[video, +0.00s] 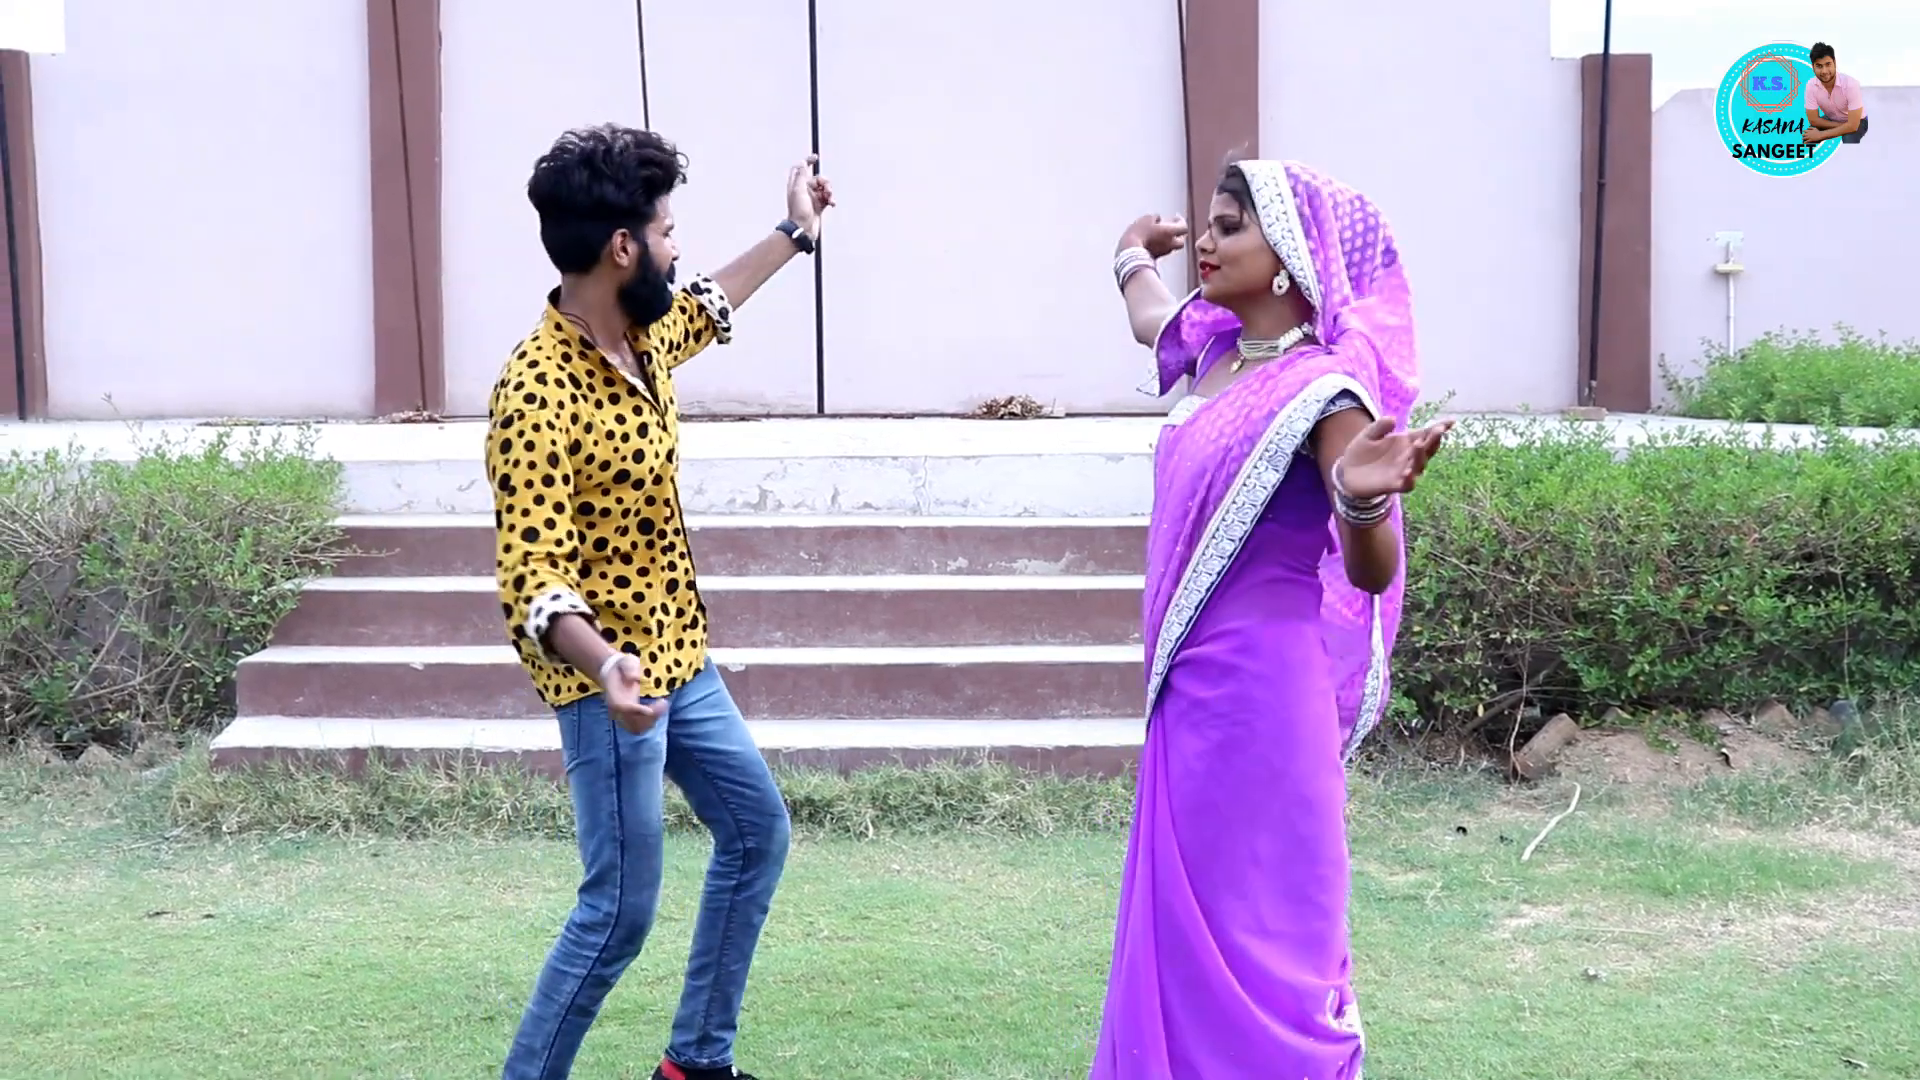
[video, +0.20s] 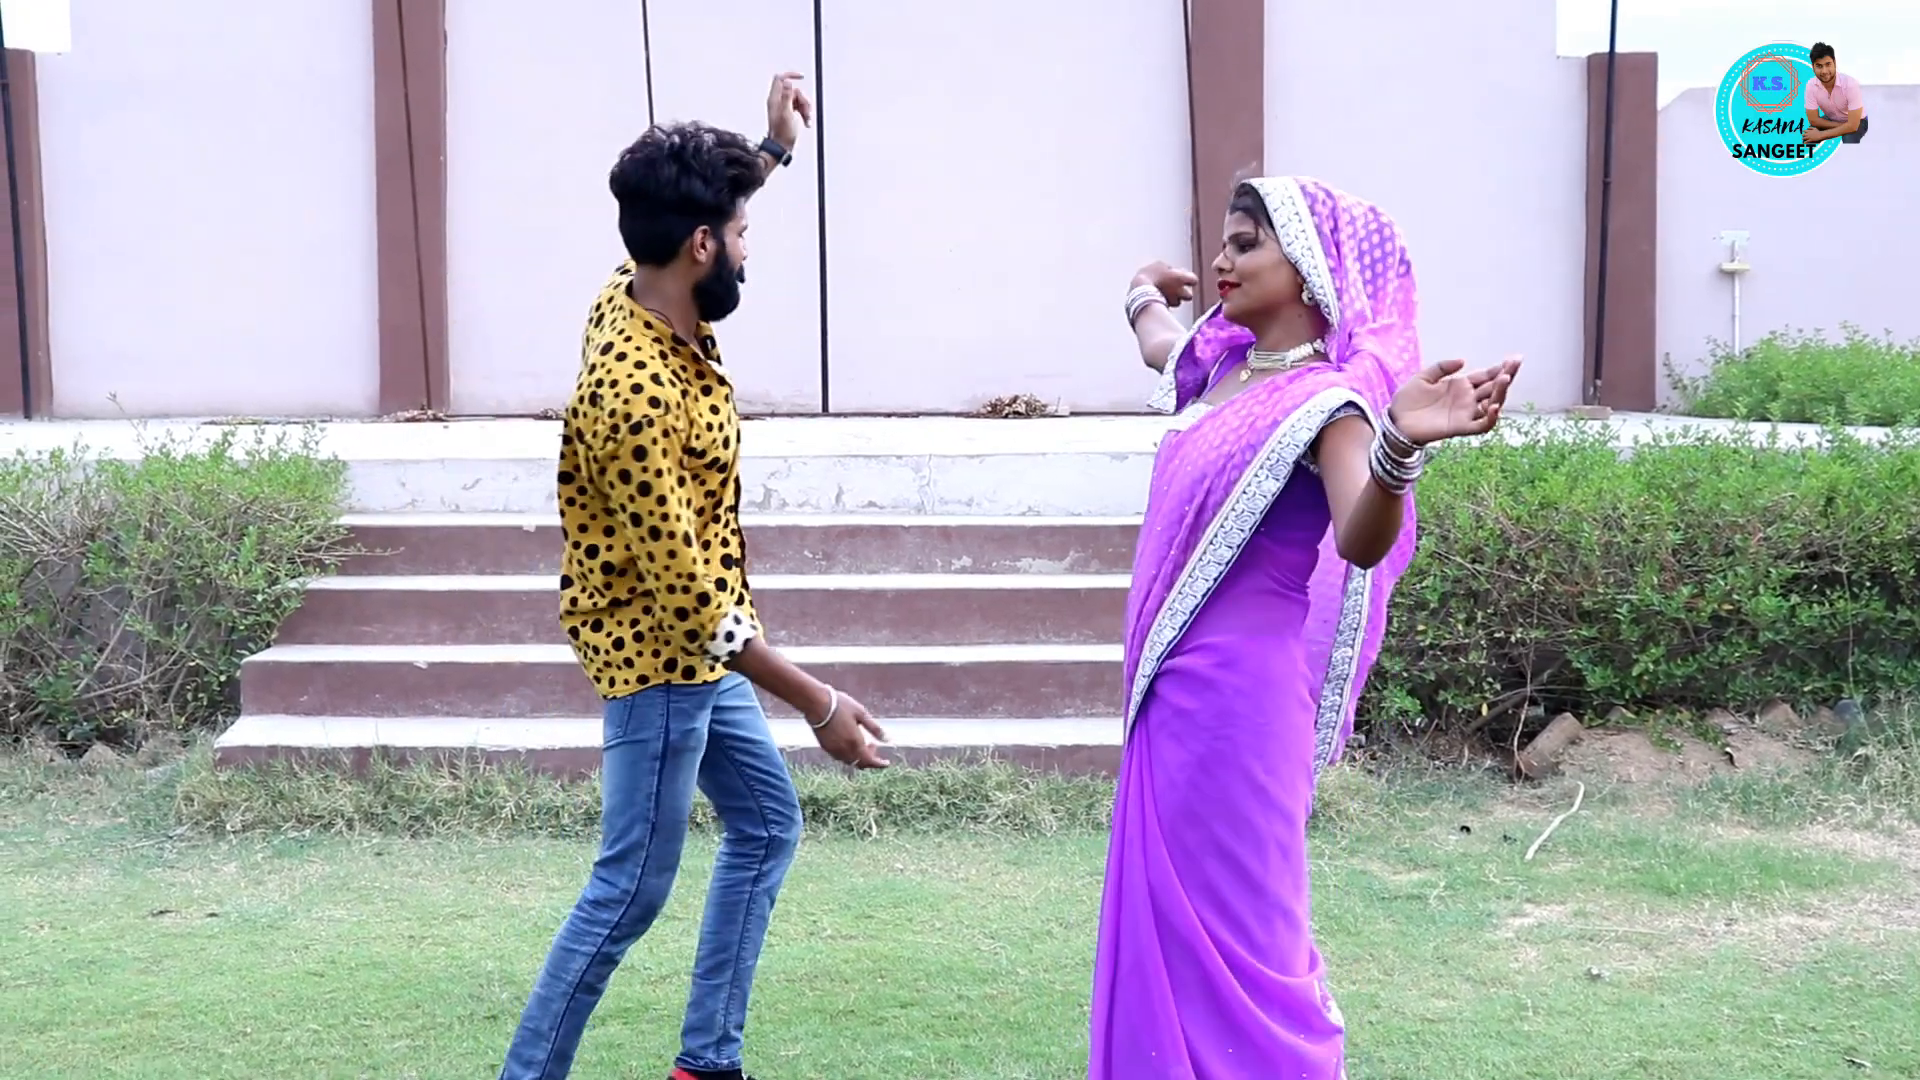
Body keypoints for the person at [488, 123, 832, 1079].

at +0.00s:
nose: (678, 245)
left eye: (673, 226)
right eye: (667, 228)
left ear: (620, 245)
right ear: (622, 246)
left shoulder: (637, 333)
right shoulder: (537, 391)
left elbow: (709, 302)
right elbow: (533, 577)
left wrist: (795, 230)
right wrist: (604, 661)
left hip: (678, 658)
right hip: (602, 681)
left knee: (757, 833)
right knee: (618, 910)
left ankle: (699, 1058)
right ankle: (529, 1071)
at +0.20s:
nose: (745, 246)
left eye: (744, 228)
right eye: (736, 228)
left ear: (672, 236)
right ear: (692, 242)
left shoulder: (660, 310)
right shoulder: (633, 384)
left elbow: (712, 242)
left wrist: (775, 149)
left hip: (697, 636)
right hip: (655, 655)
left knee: (766, 824)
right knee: (626, 890)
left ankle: (709, 1060)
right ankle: (528, 1070)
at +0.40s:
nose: (828, 271)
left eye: (823, 252)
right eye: (826, 257)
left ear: (735, 253)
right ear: (803, 271)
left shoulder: (681, 308)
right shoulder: (771, 417)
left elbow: (697, 179)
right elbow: (813, 570)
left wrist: (771, 68)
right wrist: (859, 600)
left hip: (684, 641)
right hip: (739, 662)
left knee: (774, 860)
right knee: (724, 897)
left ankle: (703, 1066)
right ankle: (540, 1066)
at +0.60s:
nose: (912, 259)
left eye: (909, 241)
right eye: (909, 244)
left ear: (813, 236)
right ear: (879, 256)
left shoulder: (742, 301)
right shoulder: (857, 396)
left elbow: (775, 161)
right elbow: (896, 573)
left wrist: (832, 34)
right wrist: (874, 559)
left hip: (716, 622)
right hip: (809, 651)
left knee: (763, 846)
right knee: (876, 864)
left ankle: (703, 1052)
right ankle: (723, 1044)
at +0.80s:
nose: (974, 237)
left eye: (972, 217)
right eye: (974, 221)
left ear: (876, 201)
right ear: (950, 228)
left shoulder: (811, 269)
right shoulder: (924, 352)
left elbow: (877, 115)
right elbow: (938, 508)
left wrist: (940, 7)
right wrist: (958, 587)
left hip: (806, 608)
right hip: (904, 625)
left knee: (798, 847)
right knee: (970, 850)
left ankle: (716, 1060)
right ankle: (996, 1066)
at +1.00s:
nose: (1032, 268)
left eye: (1029, 250)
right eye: (1034, 252)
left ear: (937, 237)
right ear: (1015, 254)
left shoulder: (875, 314)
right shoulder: (1006, 367)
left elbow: (931, 159)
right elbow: (1035, 523)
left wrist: (1003, 40)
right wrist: (1062, 591)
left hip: (906, 640)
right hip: (1008, 655)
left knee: (937, 838)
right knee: (1055, 865)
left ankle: (810, 1009)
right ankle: (1011, 1066)